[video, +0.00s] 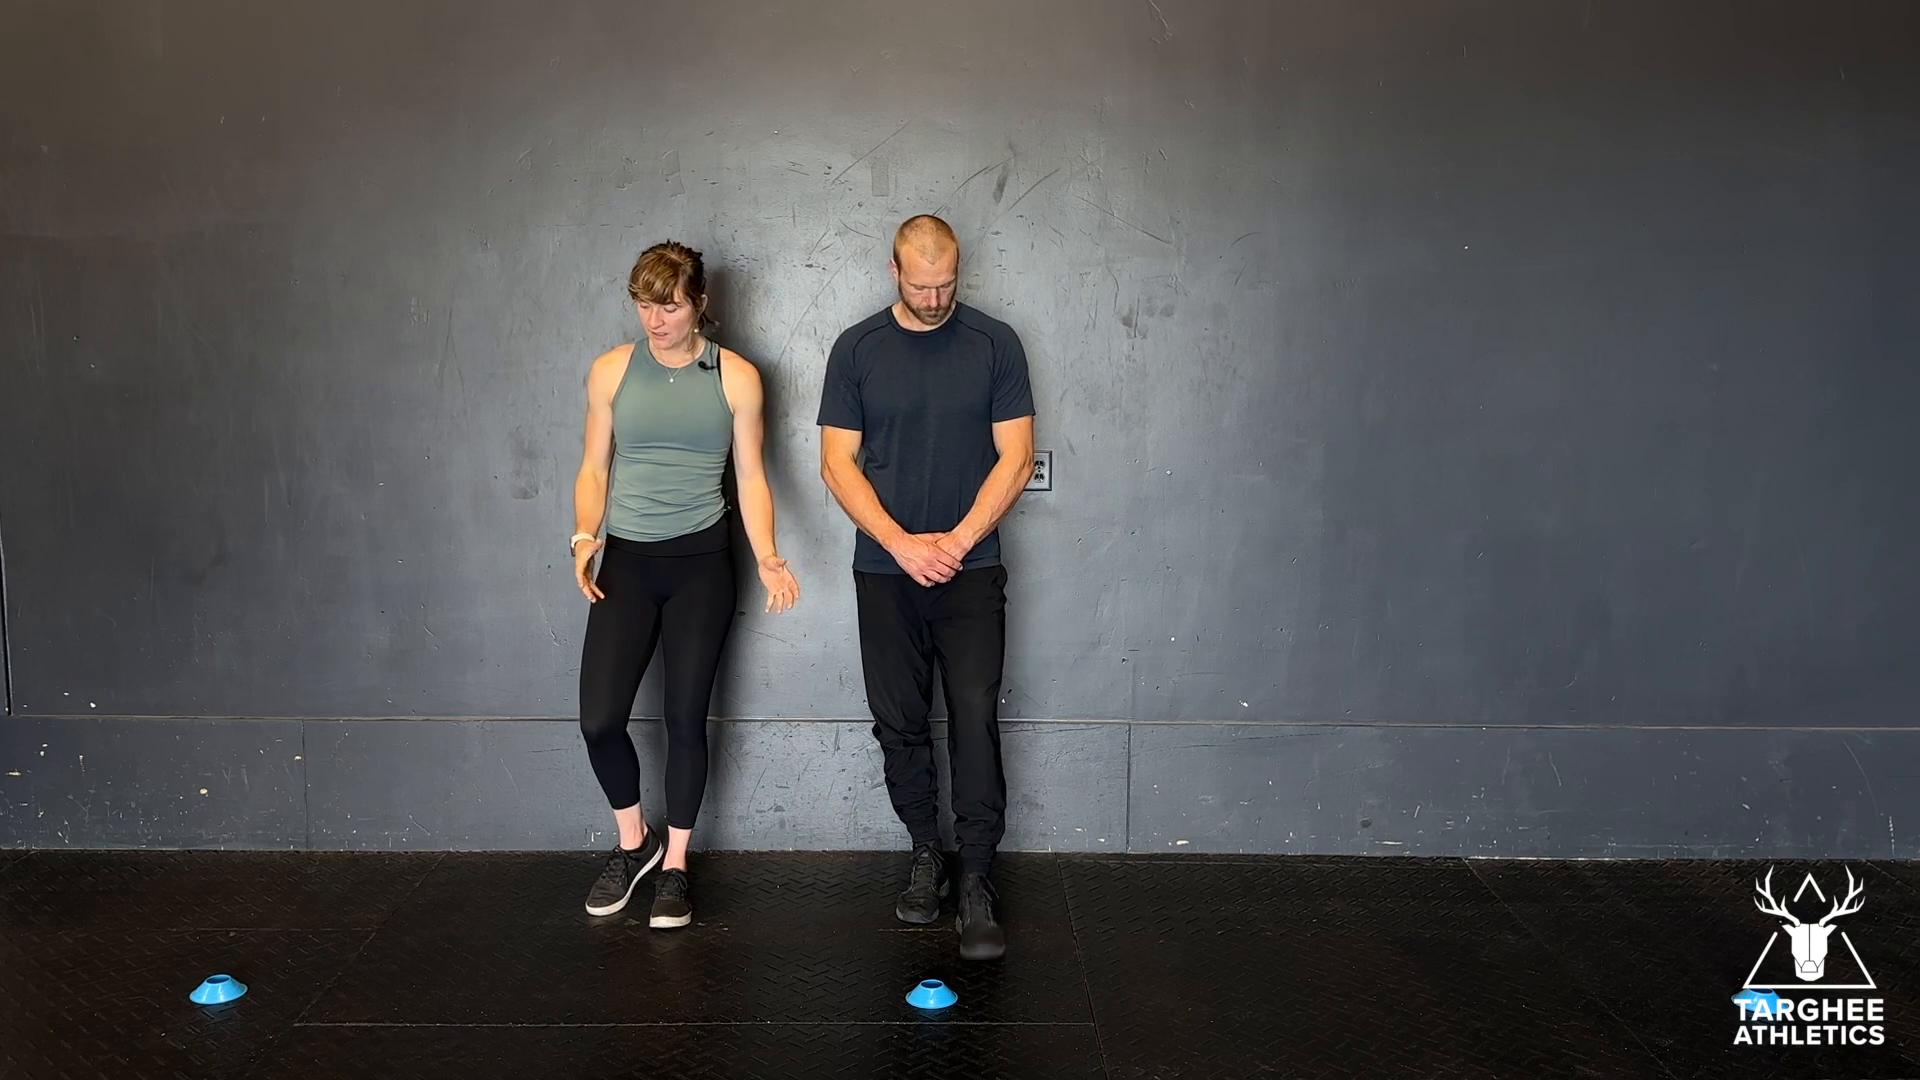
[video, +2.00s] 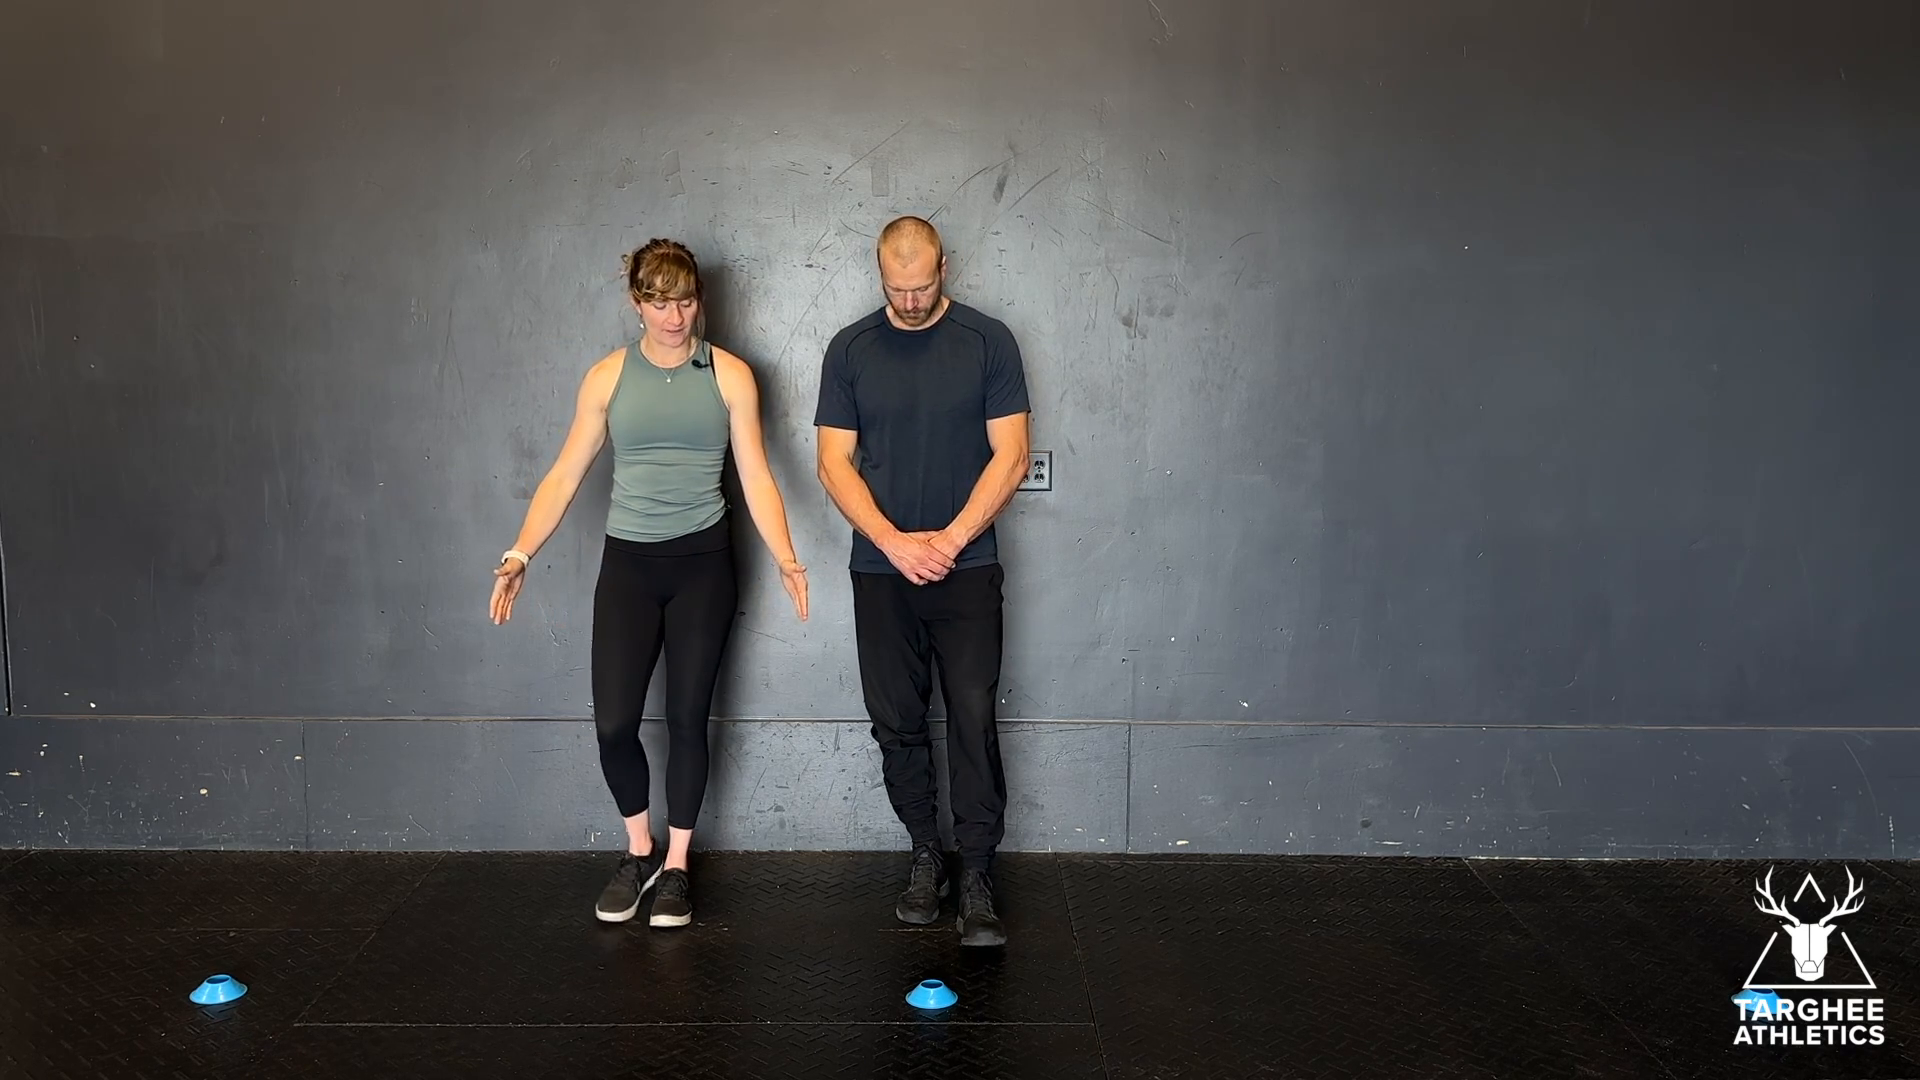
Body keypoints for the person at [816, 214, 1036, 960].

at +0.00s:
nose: (934, 295)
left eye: (945, 283)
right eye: (923, 283)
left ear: (957, 271)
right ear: (897, 270)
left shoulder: (993, 344)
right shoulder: (856, 348)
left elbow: (1016, 461)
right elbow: (837, 466)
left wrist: (955, 542)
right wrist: (898, 541)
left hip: (970, 568)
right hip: (886, 570)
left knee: (975, 718)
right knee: (900, 723)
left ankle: (977, 876)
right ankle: (927, 856)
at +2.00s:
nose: (910, 299)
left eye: (920, 287)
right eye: (898, 288)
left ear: (941, 270)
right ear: (880, 275)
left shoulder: (987, 341)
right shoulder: (850, 348)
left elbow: (1012, 457)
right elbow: (832, 463)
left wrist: (951, 538)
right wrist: (891, 539)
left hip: (966, 565)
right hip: (881, 566)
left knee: (974, 719)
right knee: (897, 721)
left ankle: (976, 871)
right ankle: (926, 853)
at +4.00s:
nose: (980, 279)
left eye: (991, 267)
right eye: (969, 268)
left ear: (1015, 262)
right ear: (957, 265)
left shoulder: (1056, 340)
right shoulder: (925, 340)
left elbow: (1077, 451)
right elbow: (906, 450)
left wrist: (1019, 530)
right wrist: (962, 526)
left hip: (1028, 552)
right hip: (947, 550)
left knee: (1014, 701)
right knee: (942, 703)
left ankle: (992, 835)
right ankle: (945, 847)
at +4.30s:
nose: (978, 274)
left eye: (990, 261)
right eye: (967, 263)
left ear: (1014, 257)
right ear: (955, 263)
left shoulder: (1056, 339)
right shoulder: (925, 341)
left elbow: (1079, 449)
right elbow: (906, 450)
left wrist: (1021, 526)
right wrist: (965, 523)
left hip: (1031, 551)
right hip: (949, 550)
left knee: (1017, 701)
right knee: (943, 703)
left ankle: (992, 831)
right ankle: (943, 848)